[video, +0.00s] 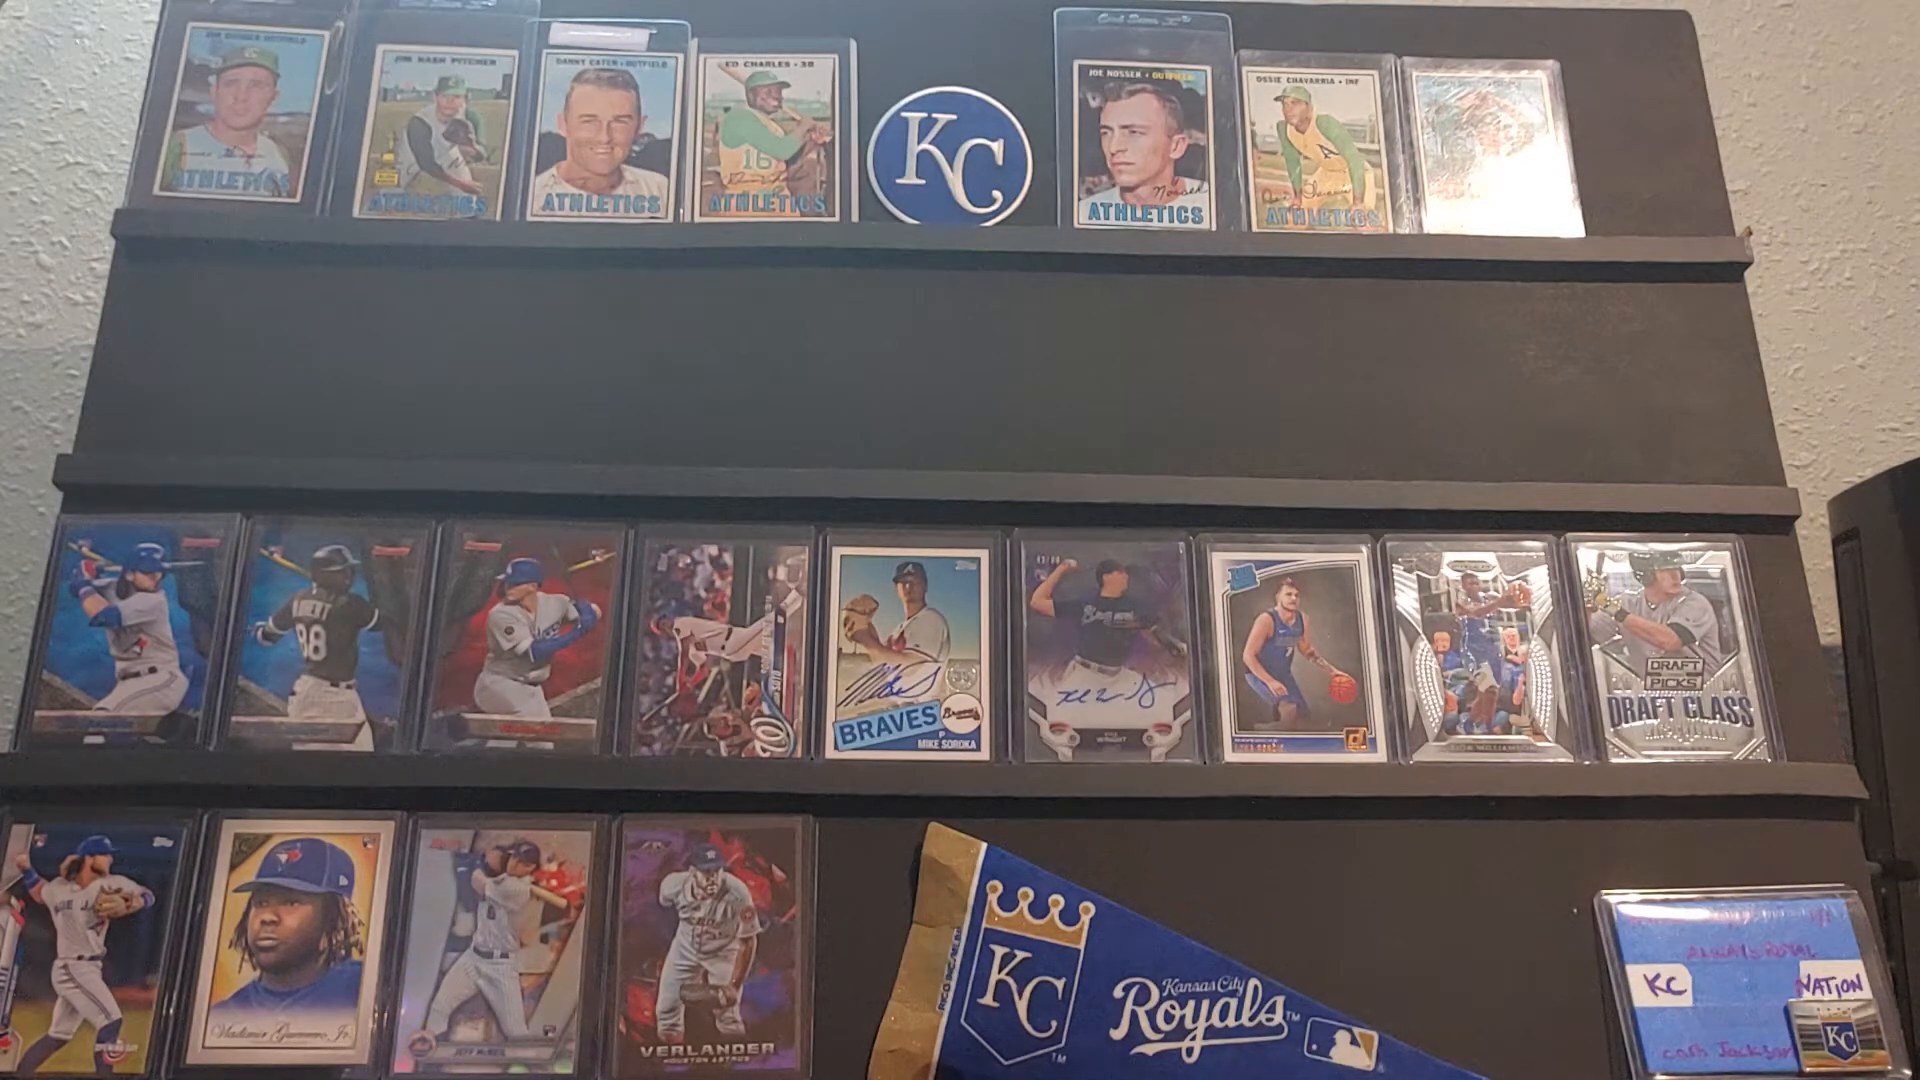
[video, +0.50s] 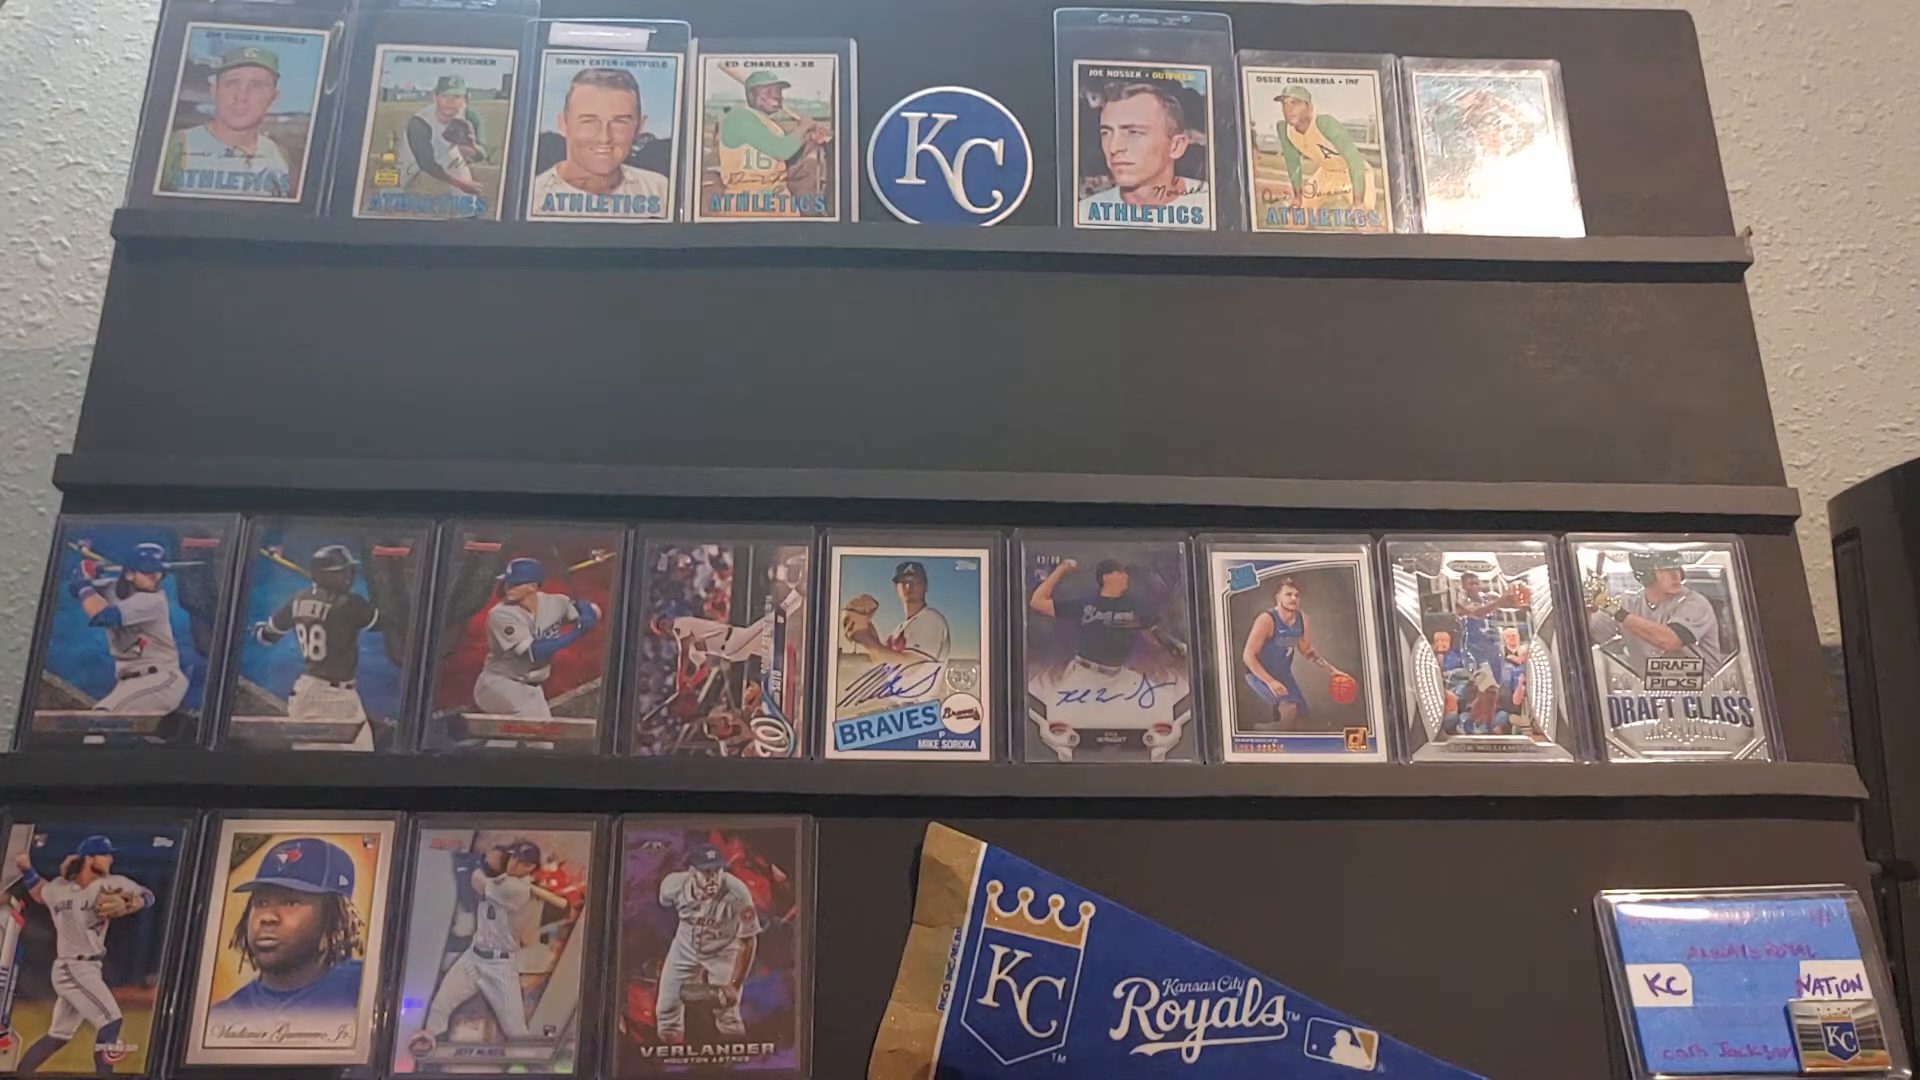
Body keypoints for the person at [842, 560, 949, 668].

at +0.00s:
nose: (907, 587)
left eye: (913, 582)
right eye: (902, 582)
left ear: (925, 586)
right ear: (896, 588)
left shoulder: (930, 619)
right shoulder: (901, 627)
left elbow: (911, 659)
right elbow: (880, 659)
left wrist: (864, 639)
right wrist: (865, 623)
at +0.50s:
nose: (907, 587)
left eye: (913, 582)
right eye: (902, 582)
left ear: (925, 586)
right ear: (896, 588)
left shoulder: (930, 619)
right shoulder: (901, 627)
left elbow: (911, 660)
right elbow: (880, 659)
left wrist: (865, 639)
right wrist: (865, 623)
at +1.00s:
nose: (907, 588)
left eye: (913, 582)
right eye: (902, 582)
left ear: (925, 586)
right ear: (896, 588)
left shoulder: (930, 619)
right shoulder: (901, 627)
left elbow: (909, 660)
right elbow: (879, 657)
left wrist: (864, 638)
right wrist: (863, 620)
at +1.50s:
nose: (907, 587)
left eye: (913, 582)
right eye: (902, 582)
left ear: (924, 586)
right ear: (896, 587)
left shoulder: (930, 619)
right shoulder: (901, 627)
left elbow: (910, 659)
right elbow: (880, 656)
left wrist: (865, 639)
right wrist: (862, 621)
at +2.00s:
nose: (907, 587)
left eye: (913, 582)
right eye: (902, 582)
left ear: (925, 586)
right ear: (896, 587)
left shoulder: (931, 619)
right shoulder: (901, 627)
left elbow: (910, 660)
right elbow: (881, 660)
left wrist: (865, 639)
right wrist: (864, 623)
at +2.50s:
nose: (907, 587)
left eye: (913, 581)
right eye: (902, 582)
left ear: (924, 586)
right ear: (896, 588)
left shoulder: (931, 619)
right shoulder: (901, 627)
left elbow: (910, 662)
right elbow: (881, 661)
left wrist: (865, 639)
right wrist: (865, 624)